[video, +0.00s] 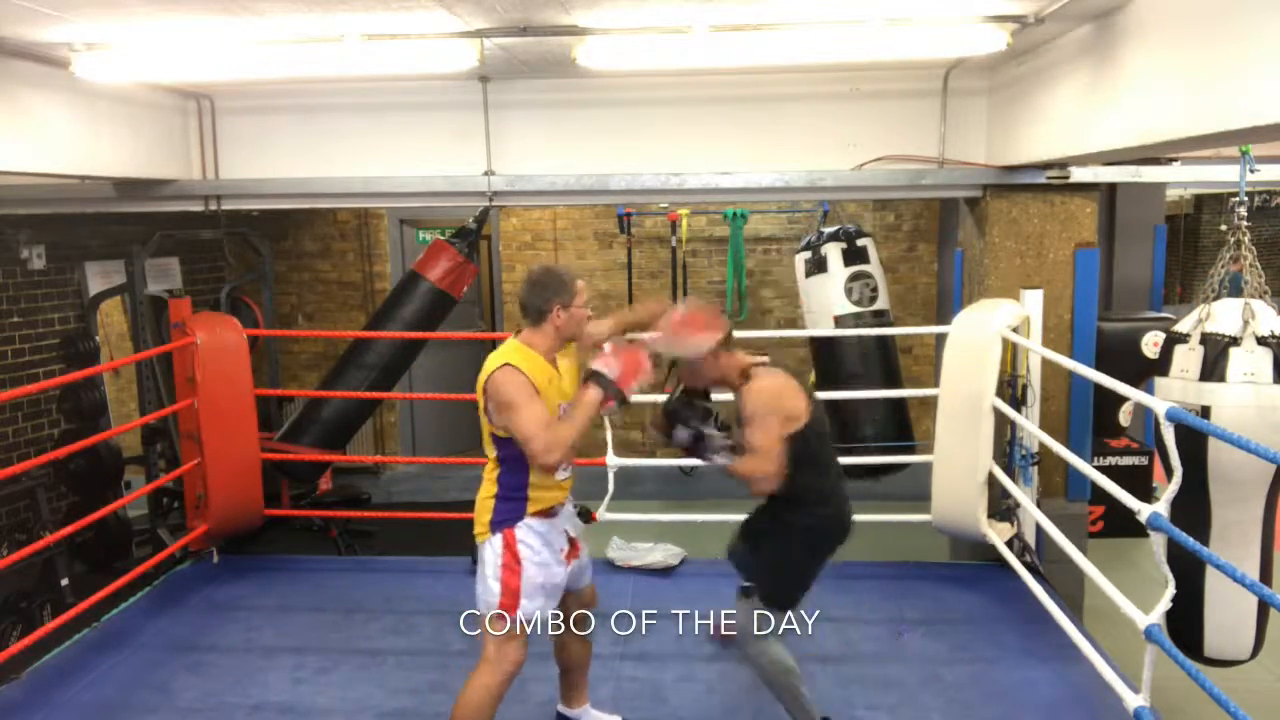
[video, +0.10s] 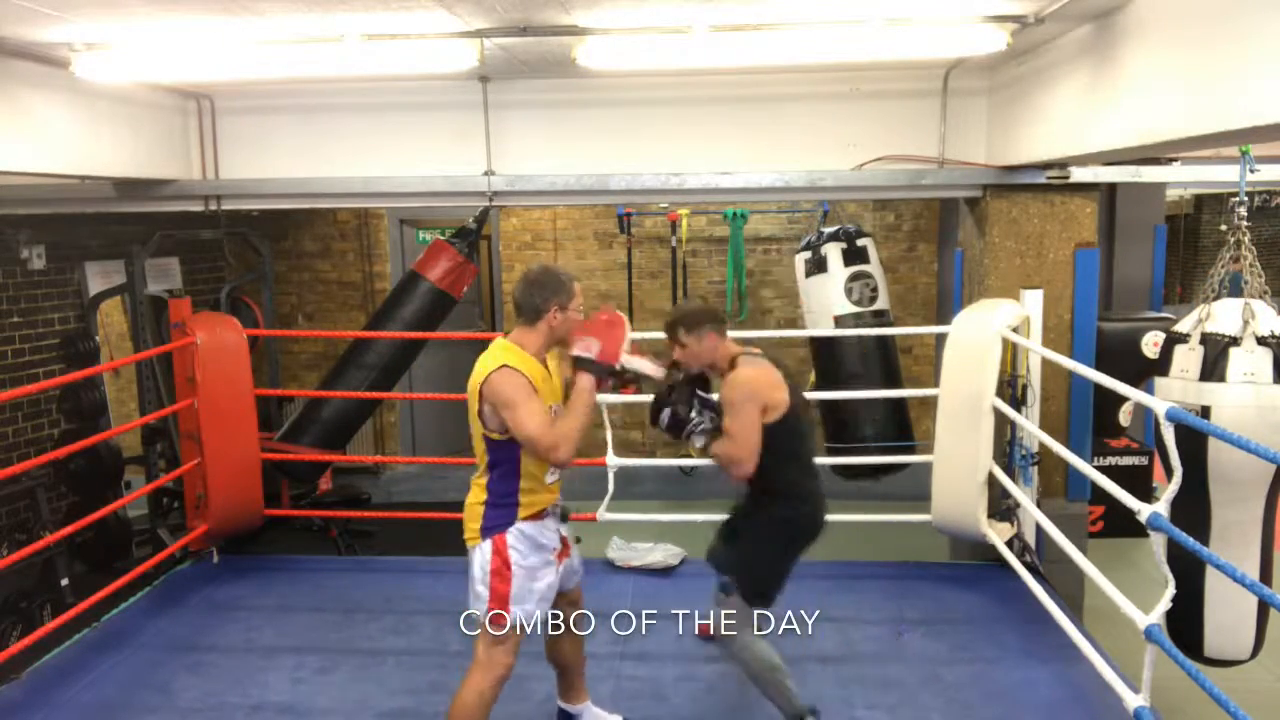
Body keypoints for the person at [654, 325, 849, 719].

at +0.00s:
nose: (684, 379)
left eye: (685, 367)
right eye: (681, 368)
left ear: (709, 359)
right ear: (712, 355)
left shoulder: (763, 391)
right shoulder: (754, 381)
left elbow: (766, 476)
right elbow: (756, 449)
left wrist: (714, 452)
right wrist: (713, 435)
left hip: (813, 516)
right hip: (792, 505)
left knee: (753, 631)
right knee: (749, 560)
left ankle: (809, 715)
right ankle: (745, 626)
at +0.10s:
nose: (677, 360)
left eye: (678, 349)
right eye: (673, 351)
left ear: (704, 339)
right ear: (710, 339)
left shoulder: (742, 382)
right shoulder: (745, 361)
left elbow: (742, 462)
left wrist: (698, 431)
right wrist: (699, 410)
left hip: (787, 510)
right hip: (779, 500)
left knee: (733, 626)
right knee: (726, 560)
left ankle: (799, 713)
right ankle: (727, 625)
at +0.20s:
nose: (676, 339)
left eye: (683, 329)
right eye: (675, 330)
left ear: (713, 320)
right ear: (702, 324)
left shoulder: (762, 355)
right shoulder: (703, 364)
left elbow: (786, 430)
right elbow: (684, 419)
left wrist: (739, 407)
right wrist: (662, 394)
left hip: (775, 486)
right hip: (736, 480)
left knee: (718, 585)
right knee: (697, 560)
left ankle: (761, 695)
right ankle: (734, 621)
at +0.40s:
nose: (665, 321)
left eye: (669, 311)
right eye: (663, 312)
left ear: (699, 304)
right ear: (683, 310)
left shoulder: (742, 342)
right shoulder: (686, 349)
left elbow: (798, 397)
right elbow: (653, 391)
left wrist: (755, 409)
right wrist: (635, 378)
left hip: (748, 481)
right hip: (713, 475)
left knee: (693, 579)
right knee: (689, 557)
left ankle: (717, 698)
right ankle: (737, 612)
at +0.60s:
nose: (642, 345)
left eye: (648, 334)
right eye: (640, 335)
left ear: (677, 326)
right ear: (674, 329)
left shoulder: (714, 363)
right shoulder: (681, 368)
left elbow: (730, 411)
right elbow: (657, 410)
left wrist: (666, 411)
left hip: (743, 494)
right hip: (717, 486)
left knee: (670, 590)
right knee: (694, 555)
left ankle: (698, 701)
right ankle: (738, 614)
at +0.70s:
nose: (642, 380)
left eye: (645, 369)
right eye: (640, 371)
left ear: (666, 360)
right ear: (661, 359)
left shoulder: (727, 385)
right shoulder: (676, 390)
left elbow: (752, 462)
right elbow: (667, 438)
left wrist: (688, 435)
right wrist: (632, 437)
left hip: (744, 508)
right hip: (711, 499)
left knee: (670, 595)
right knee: (683, 572)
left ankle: (669, 712)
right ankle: (736, 619)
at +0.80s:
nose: (621, 393)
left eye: (627, 382)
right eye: (619, 384)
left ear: (657, 374)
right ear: (656, 374)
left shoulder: (713, 408)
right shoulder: (664, 406)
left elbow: (708, 497)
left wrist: (663, 469)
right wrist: (620, 455)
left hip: (745, 535)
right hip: (709, 522)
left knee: (658, 607)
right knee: (691, 571)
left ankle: (661, 712)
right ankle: (735, 621)